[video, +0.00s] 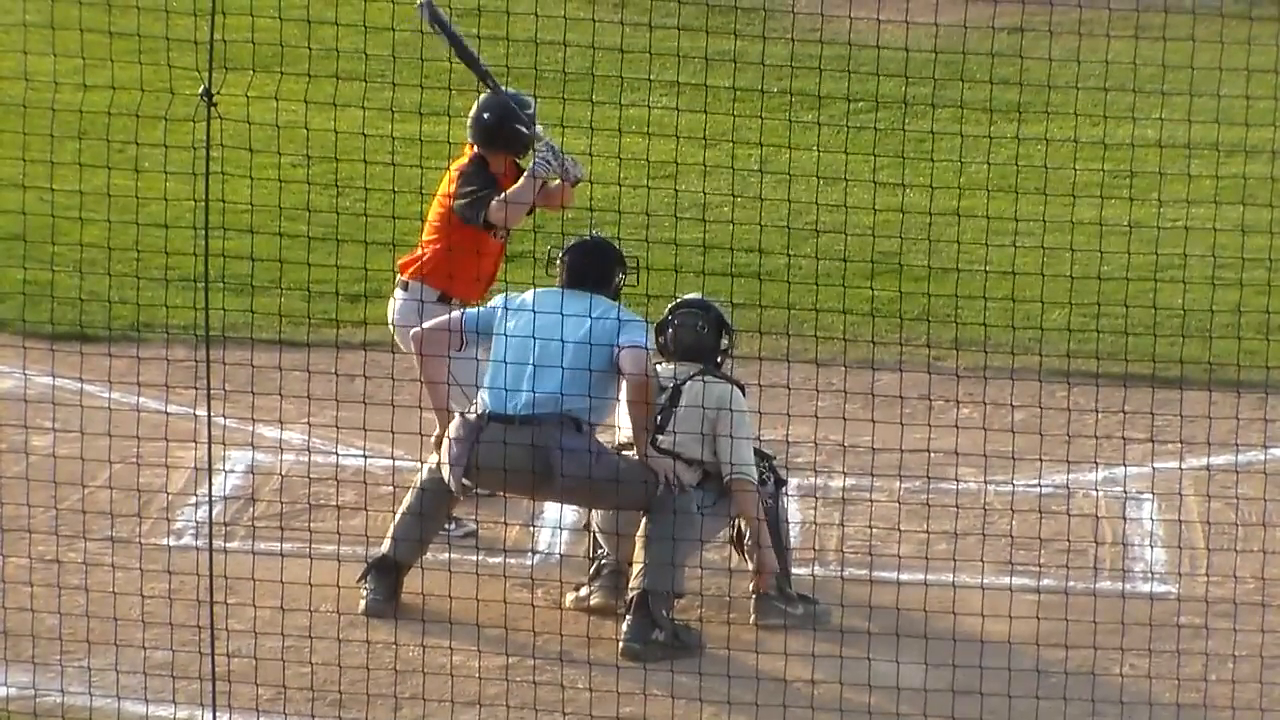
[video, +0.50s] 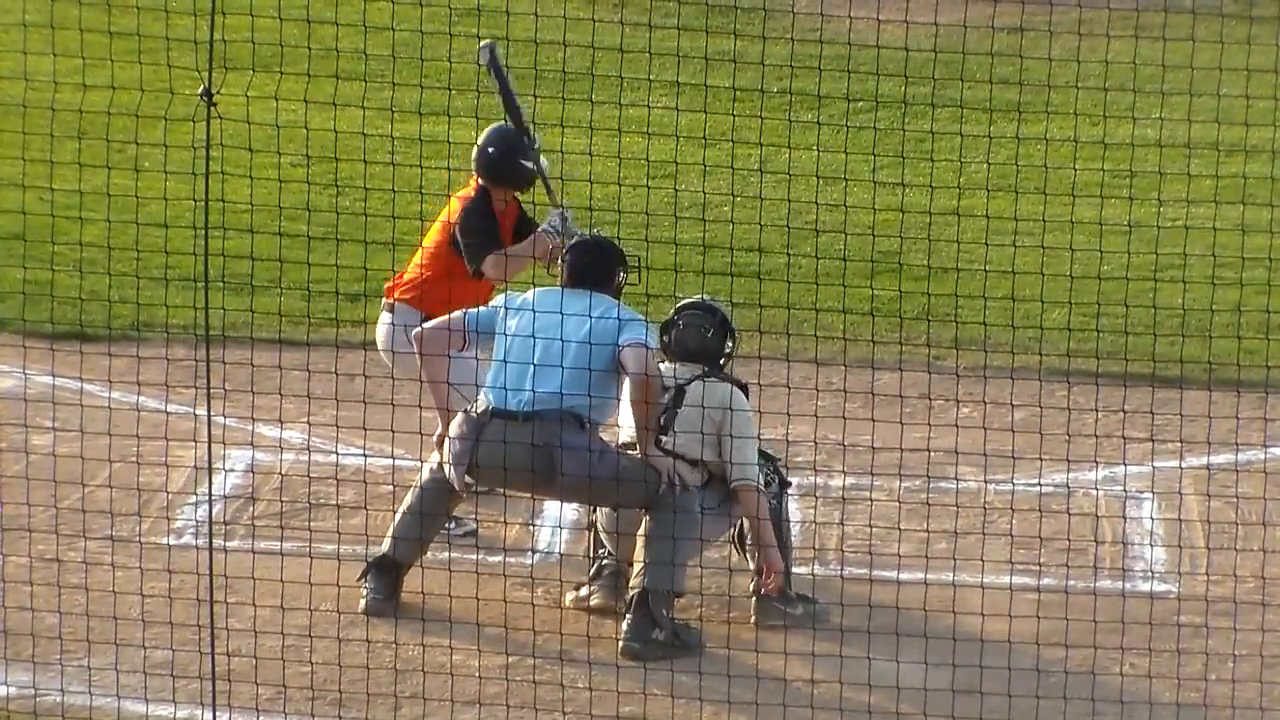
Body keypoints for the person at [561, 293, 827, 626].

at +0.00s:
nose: (724, 346)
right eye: (721, 339)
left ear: (662, 342)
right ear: (716, 346)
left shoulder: (636, 382)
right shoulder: (724, 394)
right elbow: (740, 479)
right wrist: (763, 548)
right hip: (690, 510)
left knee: (615, 470)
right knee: (765, 476)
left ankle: (606, 578)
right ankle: (776, 593)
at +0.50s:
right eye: (724, 342)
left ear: (666, 343)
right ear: (721, 349)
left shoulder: (639, 380)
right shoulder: (727, 396)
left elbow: (615, 444)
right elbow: (746, 481)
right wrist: (768, 548)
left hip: (630, 507)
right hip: (695, 513)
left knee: (620, 471)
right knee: (767, 477)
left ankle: (606, 579)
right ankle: (775, 594)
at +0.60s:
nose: (733, 351)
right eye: (731, 344)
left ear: (671, 342)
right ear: (722, 349)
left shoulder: (641, 378)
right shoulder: (726, 396)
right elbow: (742, 486)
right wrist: (770, 547)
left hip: (628, 505)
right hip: (694, 511)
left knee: (615, 470)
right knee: (770, 468)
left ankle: (607, 576)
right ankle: (776, 591)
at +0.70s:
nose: (745, 357)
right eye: (743, 349)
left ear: (688, 346)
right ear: (736, 354)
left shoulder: (665, 384)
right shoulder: (725, 398)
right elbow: (728, 495)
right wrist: (776, 545)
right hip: (686, 510)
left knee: (618, 469)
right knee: (768, 474)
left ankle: (607, 574)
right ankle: (775, 592)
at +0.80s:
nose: (772, 364)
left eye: (772, 354)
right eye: (768, 354)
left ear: (718, 350)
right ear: (751, 359)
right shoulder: (723, 397)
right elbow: (710, 495)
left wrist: (829, 497)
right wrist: (763, 514)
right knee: (767, 470)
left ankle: (612, 568)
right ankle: (773, 593)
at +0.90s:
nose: (786, 366)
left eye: (786, 357)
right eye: (781, 356)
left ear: (744, 349)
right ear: (756, 354)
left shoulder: (743, 382)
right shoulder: (718, 389)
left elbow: (824, 417)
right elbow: (682, 465)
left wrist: (893, 457)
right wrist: (751, 479)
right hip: (670, 515)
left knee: (716, 585)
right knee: (783, 459)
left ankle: (622, 577)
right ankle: (778, 594)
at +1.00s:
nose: (794, 358)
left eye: (795, 348)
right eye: (787, 348)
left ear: (749, 342)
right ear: (760, 350)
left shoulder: (745, 368)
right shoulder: (720, 393)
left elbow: (825, 358)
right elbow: (686, 464)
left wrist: (907, 363)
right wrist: (748, 454)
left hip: (681, 507)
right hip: (689, 519)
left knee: (731, 582)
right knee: (811, 472)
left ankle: (649, 576)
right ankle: (789, 593)